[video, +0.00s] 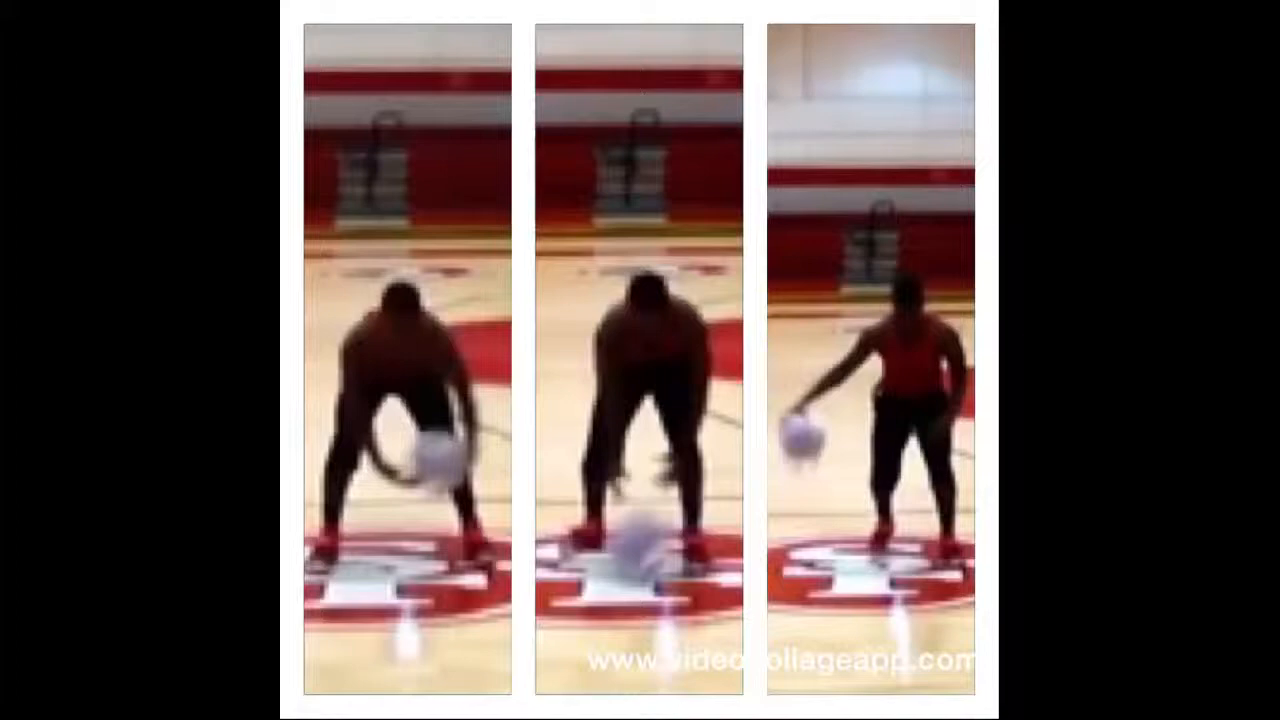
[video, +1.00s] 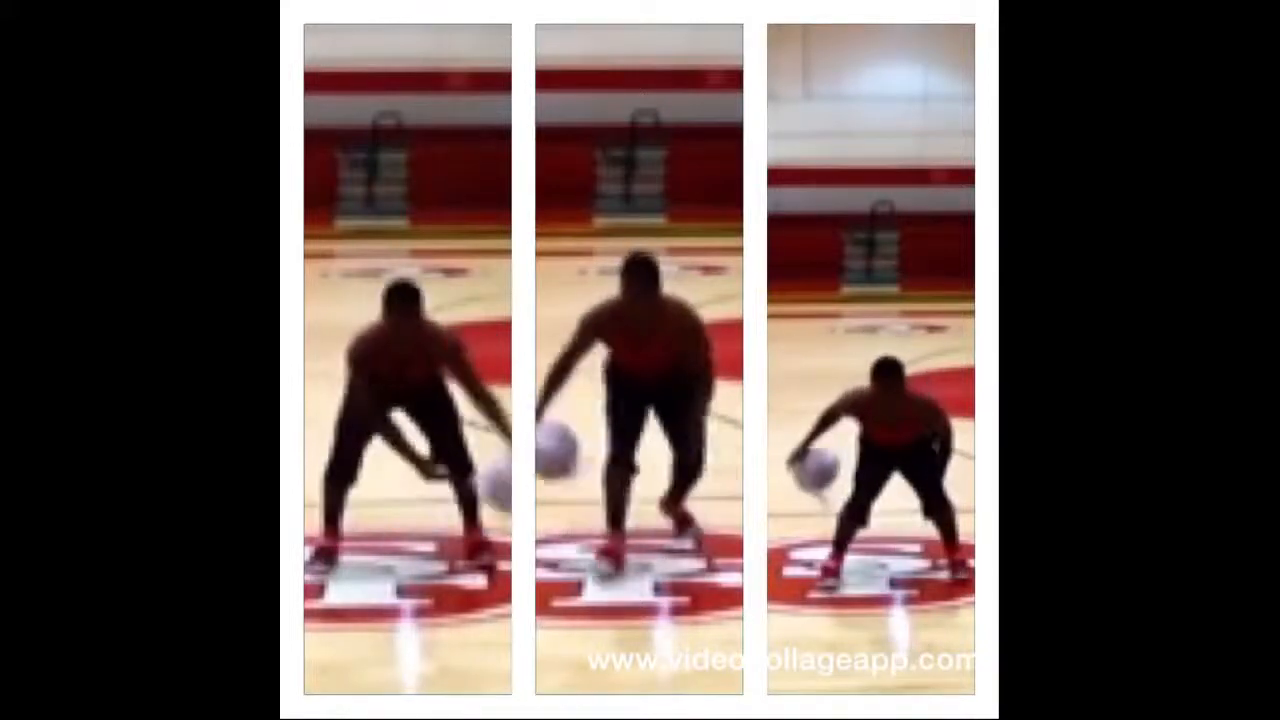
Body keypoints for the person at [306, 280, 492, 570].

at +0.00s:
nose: (403, 333)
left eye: (410, 325)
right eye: (395, 325)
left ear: (420, 316)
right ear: (382, 316)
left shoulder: (434, 336)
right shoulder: (359, 343)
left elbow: (463, 387)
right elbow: (357, 410)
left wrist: (470, 441)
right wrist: (379, 462)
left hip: (421, 380)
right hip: (369, 383)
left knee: (446, 447)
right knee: (344, 449)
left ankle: (471, 530)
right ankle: (330, 531)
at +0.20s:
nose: (426, 329)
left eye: (433, 321)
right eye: (420, 322)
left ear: (442, 314)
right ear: (407, 314)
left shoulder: (451, 328)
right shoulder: (383, 337)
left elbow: (496, 342)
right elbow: (373, 406)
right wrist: (418, 447)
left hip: (430, 374)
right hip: (380, 378)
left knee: (455, 448)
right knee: (352, 454)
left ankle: (472, 531)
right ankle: (331, 533)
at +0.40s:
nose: (437, 334)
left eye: (442, 325)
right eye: (429, 326)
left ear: (452, 316)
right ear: (417, 317)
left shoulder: (463, 329)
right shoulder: (392, 339)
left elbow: (506, 346)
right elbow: (384, 411)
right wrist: (419, 459)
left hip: (433, 373)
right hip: (383, 377)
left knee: (461, 450)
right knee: (354, 454)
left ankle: (472, 531)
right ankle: (331, 531)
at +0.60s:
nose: (411, 330)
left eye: (417, 321)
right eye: (405, 322)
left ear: (427, 316)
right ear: (395, 317)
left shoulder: (448, 341)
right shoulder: (377, 342)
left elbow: (436, 418)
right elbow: (359, 411)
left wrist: (411, 465)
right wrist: (355, 467)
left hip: (432, 388)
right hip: (381, 385)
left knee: (463, 457)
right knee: (350, 455)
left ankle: (473, 532)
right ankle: (333, 533)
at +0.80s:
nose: (389, 326)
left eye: (395, 318)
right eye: (384, 318)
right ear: (373, 314)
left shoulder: (430, 340)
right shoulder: (353, 342)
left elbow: (419, 414)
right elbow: (338, 406)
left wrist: (385, 458)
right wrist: (336, 456)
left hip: (421, 390)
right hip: (369, 389)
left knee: (454, 456)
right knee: (345, 458)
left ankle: (473, 531)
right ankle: (329, 542)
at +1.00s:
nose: (404, 329)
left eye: (411, 319)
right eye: (397, 320)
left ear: (420, 314)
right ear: (385, 315)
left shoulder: (438, 342)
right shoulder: (364, 350)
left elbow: (476, 390)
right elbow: (376, 417)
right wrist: (418, 462)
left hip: (423, 391)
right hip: (371, 394)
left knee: (458, 462)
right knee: (339, 471)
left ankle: (474, 536)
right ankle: (330, 541)